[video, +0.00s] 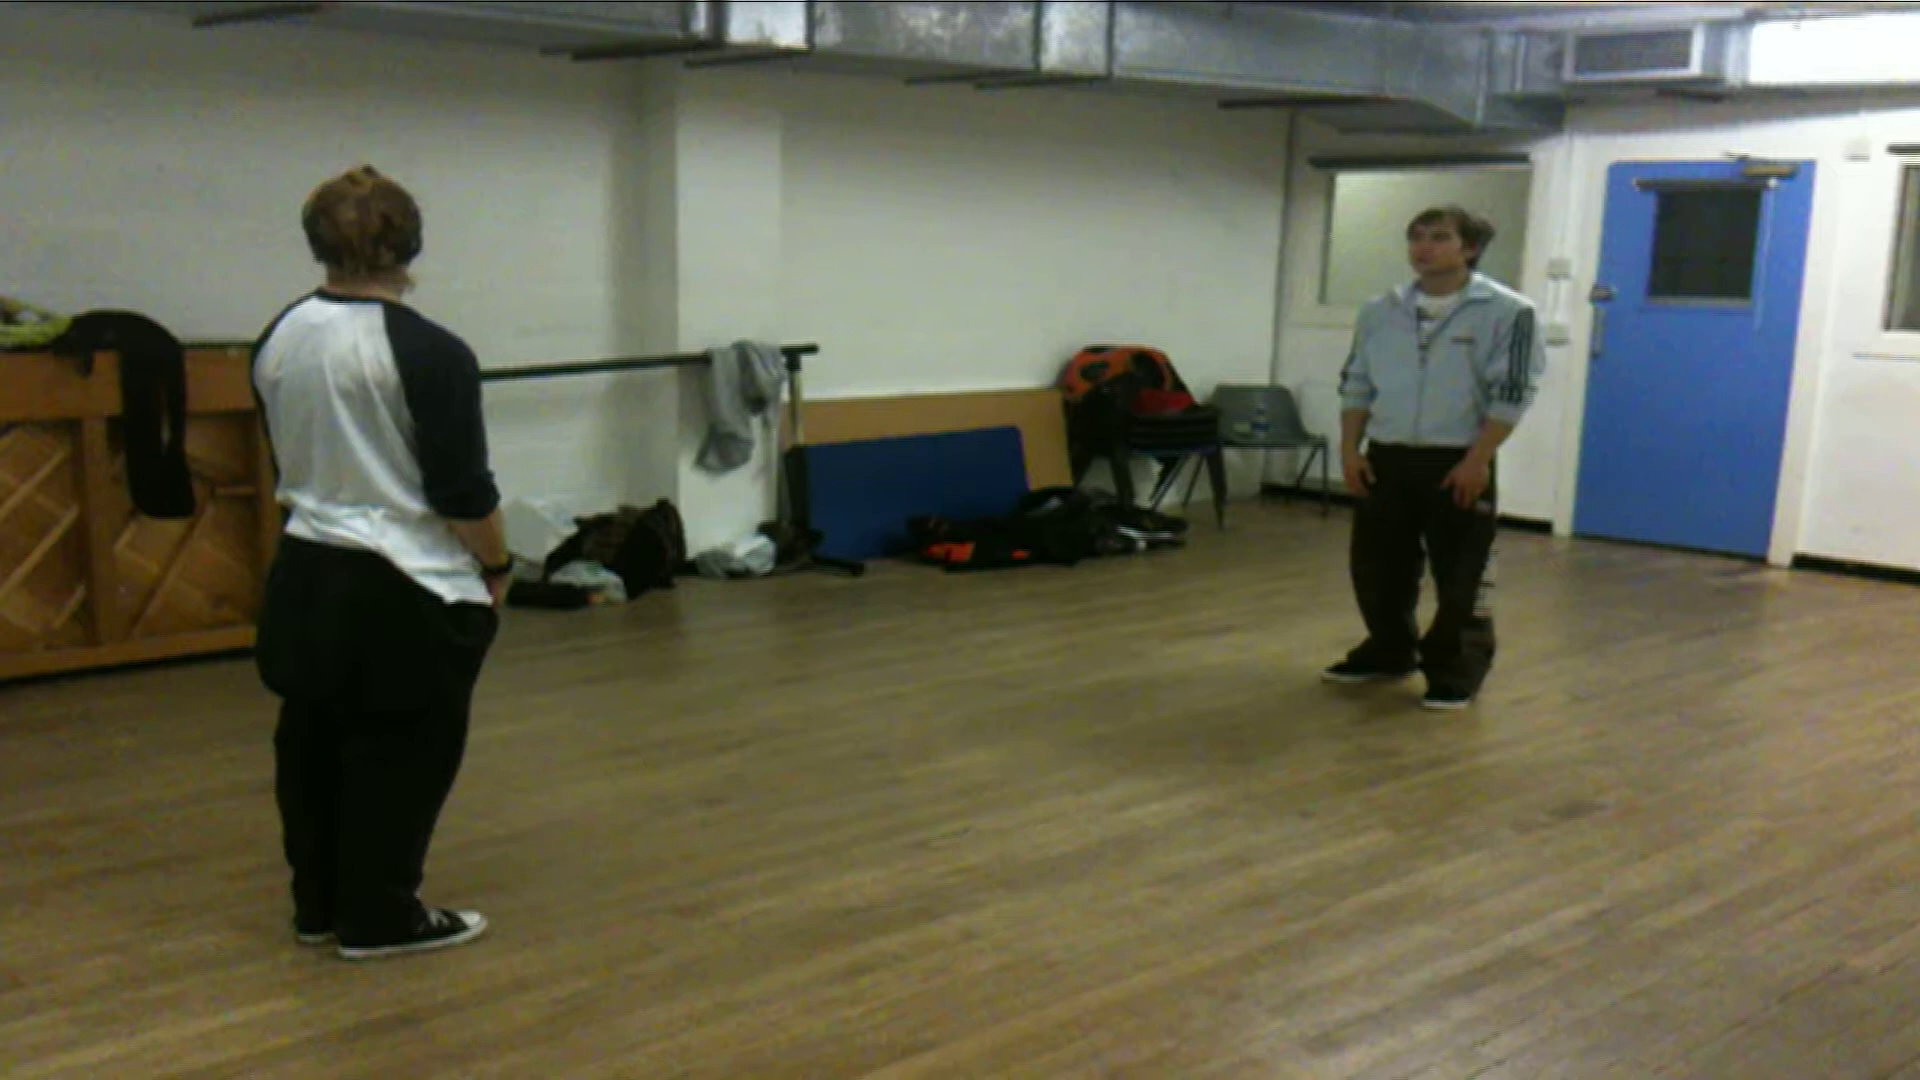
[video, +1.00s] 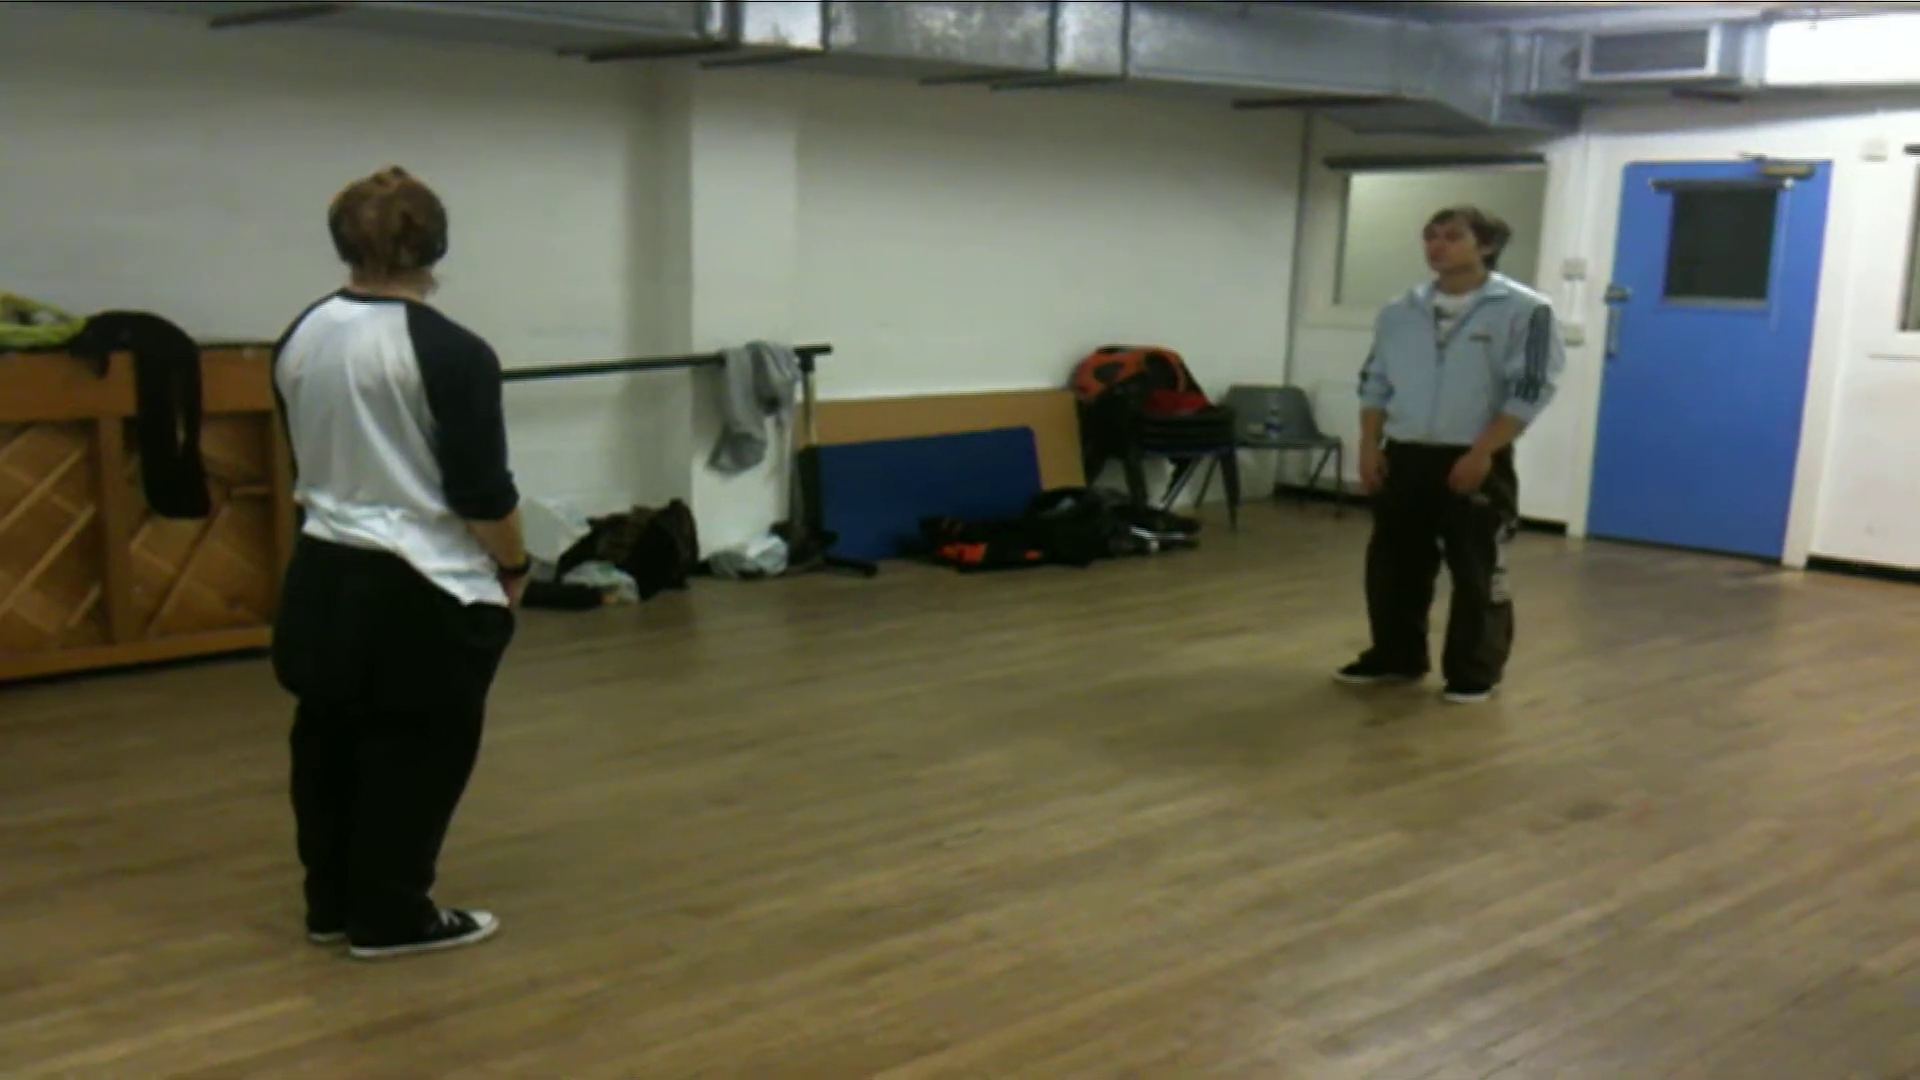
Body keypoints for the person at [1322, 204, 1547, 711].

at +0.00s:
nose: (1424, 247)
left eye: (1439, 238)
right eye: (1417, 238)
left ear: (1468, 249)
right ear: (1407, 248)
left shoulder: (1507, 313)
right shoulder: (1380, 313)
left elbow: (1511, 397)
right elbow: (1357, 385)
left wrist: (1479, 457)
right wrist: (1350, 446)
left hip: (1459, 465)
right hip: (1390, 462)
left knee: (1459, 580)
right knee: (1376, 564)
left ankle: (1453, 671)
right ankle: (1389, 647)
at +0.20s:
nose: (1415, 249)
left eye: (1429, 240)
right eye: (1408, 240)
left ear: (1459, 251)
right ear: (1399, 250)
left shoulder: (1501, 315)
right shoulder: (1373, 315)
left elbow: (1509, 396)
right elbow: (1352, 388)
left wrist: (1474, 455)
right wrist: (1349, 449)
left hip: (1456, 466)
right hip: (1388, 463)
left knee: (1462, 579)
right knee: (1378, 564)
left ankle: (1459, 673)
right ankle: (1394, 648)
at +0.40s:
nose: (1409, 249)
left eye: (1422, 241)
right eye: (1403, 241)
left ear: (1453, 250)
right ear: (1394, 251)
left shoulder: (1500, 313)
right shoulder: (1370, 316)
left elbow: (1513, 389)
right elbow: (1351, 389)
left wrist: (1469, 446)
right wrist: (1346, 451)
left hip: (1458, 464)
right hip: (1390, 463)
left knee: (1470, 576)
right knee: (1382, 565)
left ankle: (1478, 673)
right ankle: (1399, 650)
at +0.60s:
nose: (1413, 250)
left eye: (1427, 241)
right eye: (1408, 242)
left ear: (1458, 250)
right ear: (1401, 252)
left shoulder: (1504, 312)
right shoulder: (1378, 317)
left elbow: (1522, 388)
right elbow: (1357, 389)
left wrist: (1476, 443)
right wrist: (1350, 452)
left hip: (1460, 465)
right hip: (1392, 464)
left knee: (1469, 575)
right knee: (1384, 569)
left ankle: (1476, 670)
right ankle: (1398, 655)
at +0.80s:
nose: (1426, 247)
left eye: (1440, 238)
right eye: (1420, 239)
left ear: (1471, 248)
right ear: (1413, 250)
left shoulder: (1513, 311)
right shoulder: (1390, 315)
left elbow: (1527, 391)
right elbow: (1367, 387)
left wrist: (1480, 449)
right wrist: (1359, 449)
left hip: (1469, 466)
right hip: (1401, 464)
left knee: (1473, 576)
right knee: (1388, 569)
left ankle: (1476, 672)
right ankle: (1399, 655)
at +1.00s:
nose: (1439, 246)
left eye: (1453, 237)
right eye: (1432, 238)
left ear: (1484, 247)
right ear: (1424, 247)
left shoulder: (1525, 312)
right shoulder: (1398, 313)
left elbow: (1531, 393)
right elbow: (1375, 383)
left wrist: (1483, 453)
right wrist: (1369, 443)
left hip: (1476, 466)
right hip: (1407, 463)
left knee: (1476, 578)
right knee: (1394, 569)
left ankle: (1472, 672)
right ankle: (1396, 656)